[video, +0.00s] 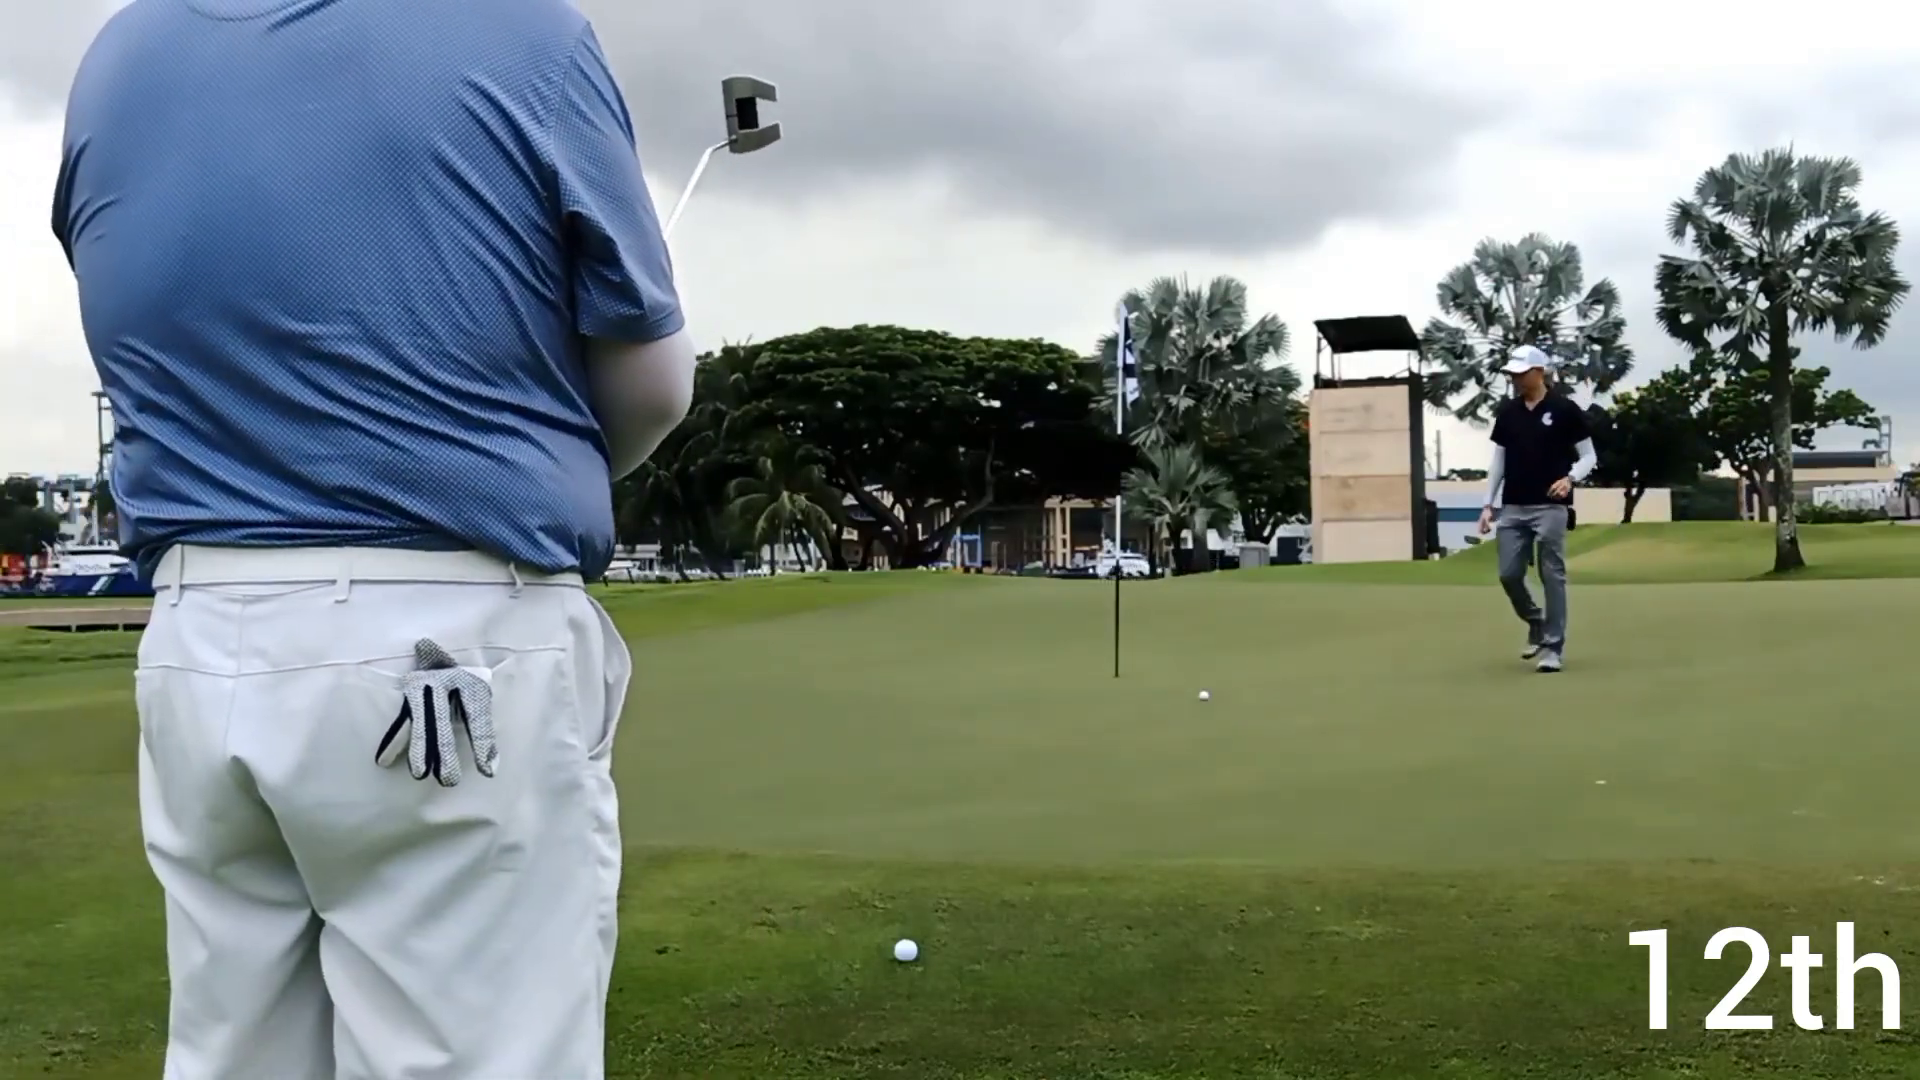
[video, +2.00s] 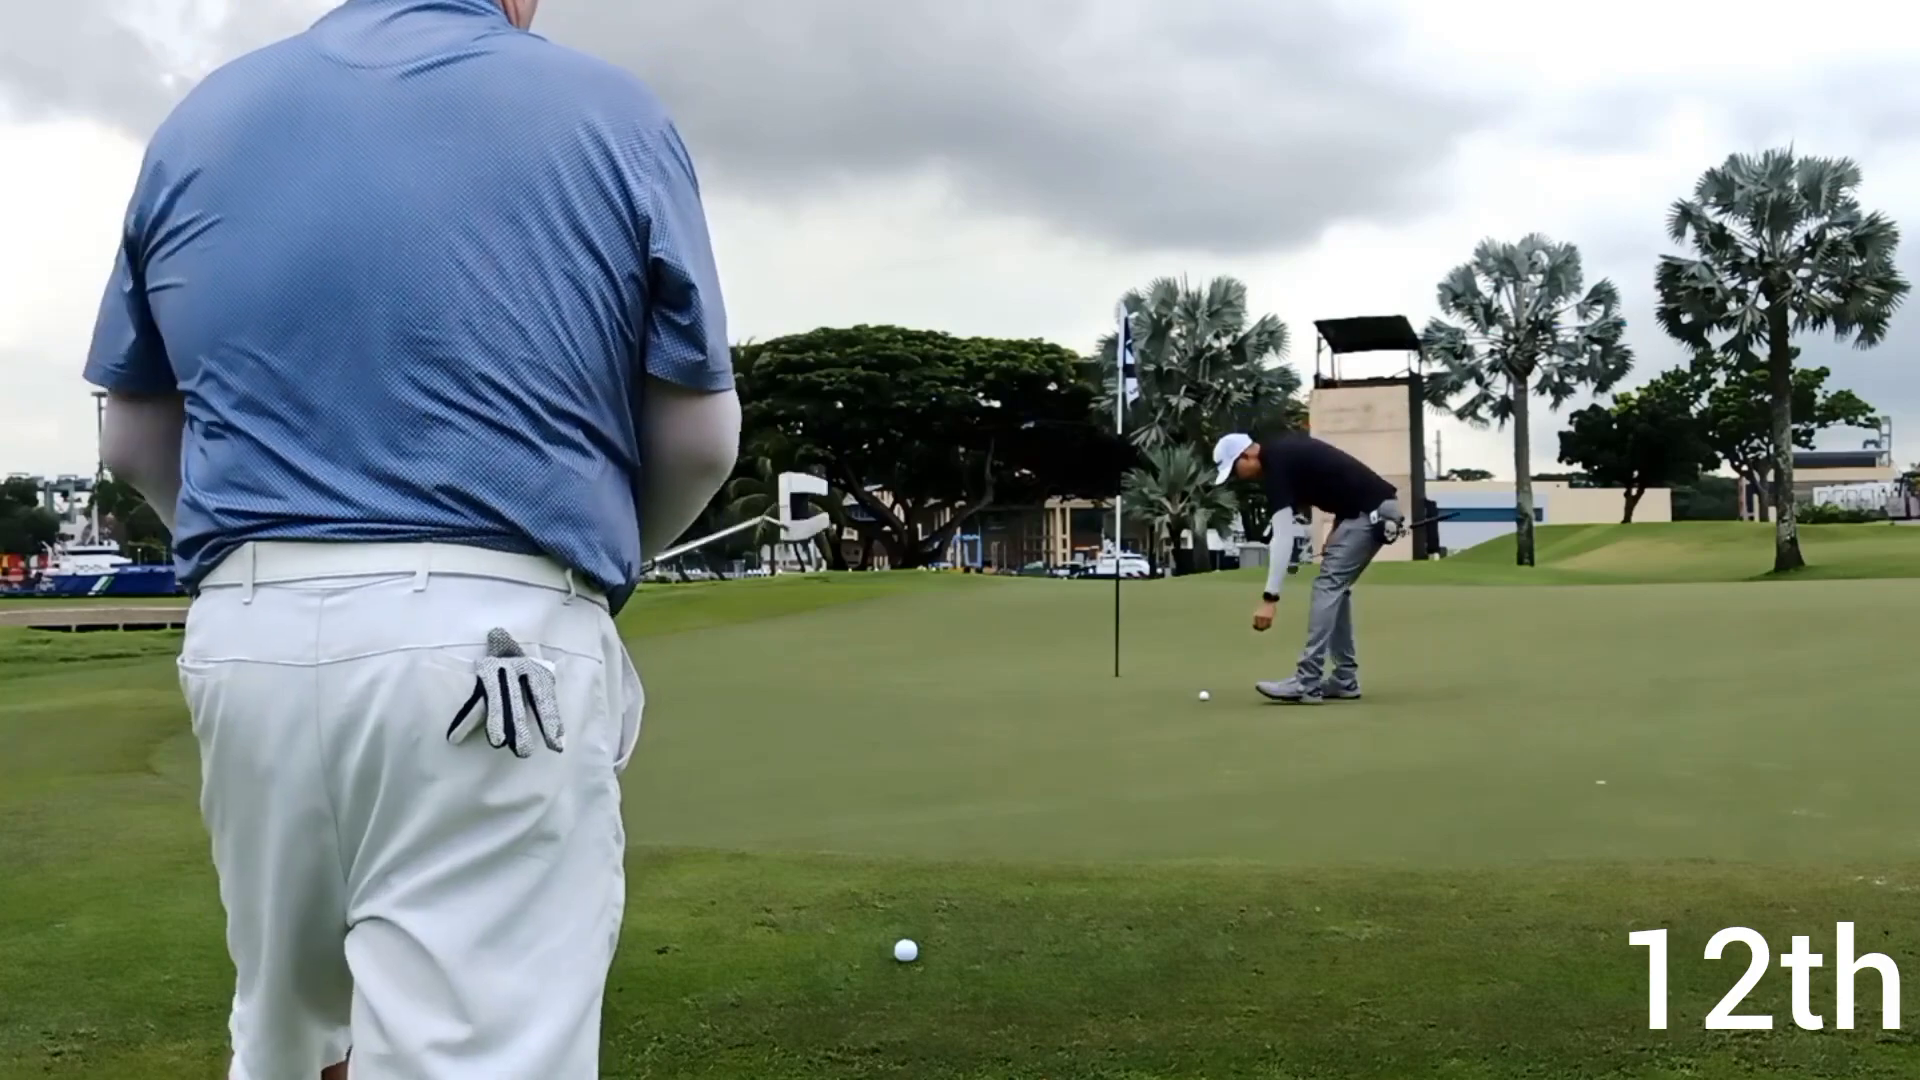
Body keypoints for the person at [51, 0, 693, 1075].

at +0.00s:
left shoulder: (125, 43)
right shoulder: (530, 30)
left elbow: (130, 322)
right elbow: (650, 380)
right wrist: (530, 474)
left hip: (203, 618)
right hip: (460, 621)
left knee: (230, 1059)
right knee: (481, 1059)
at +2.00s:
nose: (546, 22)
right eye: (546, 17)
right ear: (521, 4)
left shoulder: (206, 112)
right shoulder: (608, 108)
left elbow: (137, 436)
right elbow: (698, 439)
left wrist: (275, 536)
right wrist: (577, 552)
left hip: (250, 625)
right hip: (499, 620)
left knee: (286, 1043)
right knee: (473, 1055)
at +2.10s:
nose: (531, 39)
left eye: (535, 23)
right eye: (536, 21)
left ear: (367, 10)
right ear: (507, 11)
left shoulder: (200, 147)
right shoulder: (600, 139)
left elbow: (107, 452)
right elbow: (689, 457)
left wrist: (192, 668)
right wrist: (611, 587)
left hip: (252, 630)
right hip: (499, 623)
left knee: (287, 1037)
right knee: (466, 1052)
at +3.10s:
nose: (501, 169)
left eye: (504, 151)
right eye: (506, 148)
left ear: (378, 115)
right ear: (476, 126)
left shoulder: (256, 217)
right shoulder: (525, 239)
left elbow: (181, 421)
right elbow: (596, 438)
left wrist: (250, 526)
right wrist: (603, 603)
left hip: (291, 565)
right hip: (457, 564)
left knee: (297, 865)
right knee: (427, 879)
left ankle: (291, 1076)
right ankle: (398, 1075)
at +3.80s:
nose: (558, 221)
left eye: (563, 205)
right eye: (559, 199)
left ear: (472, 165)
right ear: (523, 172)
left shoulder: (365, 249)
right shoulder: (528, 254)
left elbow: (324, 382)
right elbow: (554, 389)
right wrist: (579, 547)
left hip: (351, 524)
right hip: (468, 529)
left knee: (400, 774)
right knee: (499, 774)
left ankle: (402, 988)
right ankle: (414, 992)